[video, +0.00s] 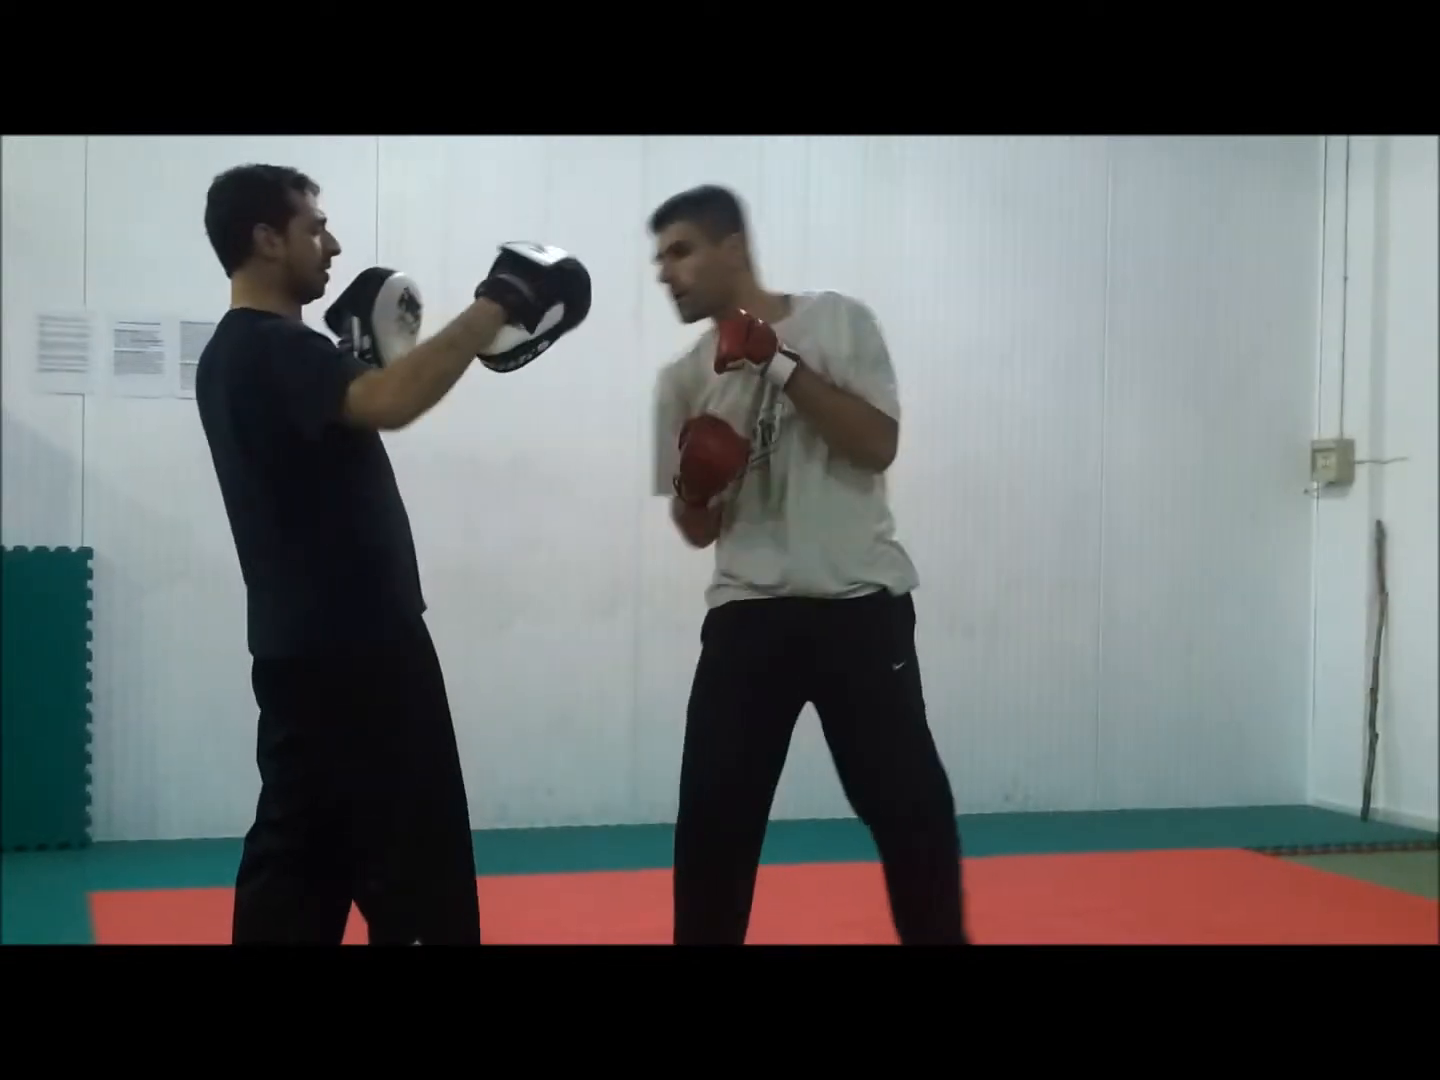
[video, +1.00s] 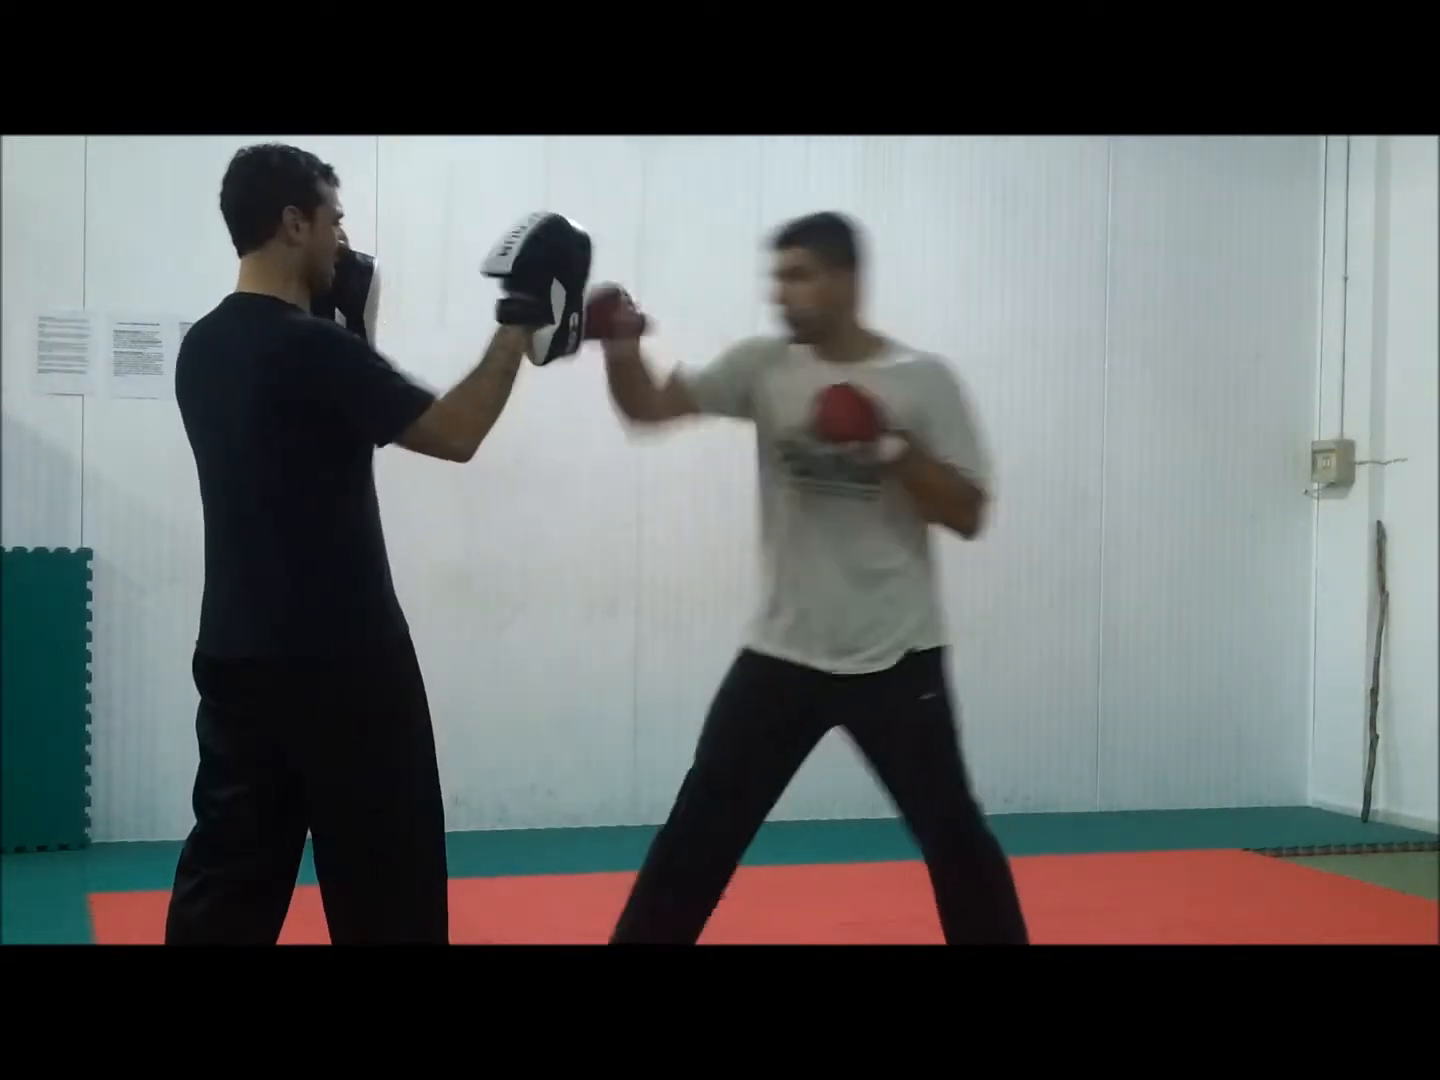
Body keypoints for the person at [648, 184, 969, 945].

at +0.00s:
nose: (664, 272)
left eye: (678, 252)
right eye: (660, 259)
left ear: (733, 247)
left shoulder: (837, 321)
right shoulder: (681, 379)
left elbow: (879, 445)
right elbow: (696, 530)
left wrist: (781, 362)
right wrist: (700, 483)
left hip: (860, 608)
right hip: (748, 612)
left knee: (913, 818)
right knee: (712, 827)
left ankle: (940, 944)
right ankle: (703, 948)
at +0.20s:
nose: (735, 278)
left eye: (751, 259)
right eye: (736, 261)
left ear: (808, 263)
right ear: (796, 268)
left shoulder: (899, 353)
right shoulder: (768, 378)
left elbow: (906, 491)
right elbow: (785, 526)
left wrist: (809, 405)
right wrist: (745, 507)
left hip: (889, 643)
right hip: (787, 638)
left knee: (935, 834)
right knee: (723, 826)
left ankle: (1001, 945)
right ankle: (711, 945)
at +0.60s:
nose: (855, 314)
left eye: (870, 296)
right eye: (853, 298)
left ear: (925, 298)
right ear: (903, 303)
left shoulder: (990, 384)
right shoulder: (871, 394)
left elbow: (966, 516)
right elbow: (838, 523)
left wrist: (893, 423)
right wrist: (828, 441)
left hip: (968, 663)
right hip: (866, 658)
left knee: (995, 853)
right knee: (797, 817)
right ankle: (793, 950)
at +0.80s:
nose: (854, 297)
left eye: (872, 282)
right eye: (852, 281)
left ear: (927, 290)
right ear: (857, 285)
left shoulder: (988, 387)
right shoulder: (845, 377)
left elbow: (1005, 529)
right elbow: (791, 497)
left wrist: (918, 442)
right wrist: (797, 428)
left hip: (944, 658)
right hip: (837, 643)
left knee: (983, 846)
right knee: (739, 781)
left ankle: (1019, 944)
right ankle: (737, 940)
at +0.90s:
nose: (838, 288)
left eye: (857, 273)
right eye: (835, 274)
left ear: (910, 279)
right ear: (835, 279)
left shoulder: (974, 380)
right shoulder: (812, 364)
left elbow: (998, 520)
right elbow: (719, 447)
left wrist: (916, 438)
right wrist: (725, 383)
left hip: (927, 654)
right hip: (812, 642)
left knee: (974, 841)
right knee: (717, 806)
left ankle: (1014, 948)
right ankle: (685, 940)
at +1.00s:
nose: (780, 292)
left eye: (797, 277)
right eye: (777, 278)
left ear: (848, 279)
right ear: (779, 283)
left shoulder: (921, 380)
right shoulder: (763, 365)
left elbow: (968, 513)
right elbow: (647, 407)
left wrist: (890, 447)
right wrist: (620, 345)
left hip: (895, 659)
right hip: (785, 654)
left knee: (958, 845)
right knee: (694, 842)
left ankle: (1001, 949)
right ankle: (636, 949)